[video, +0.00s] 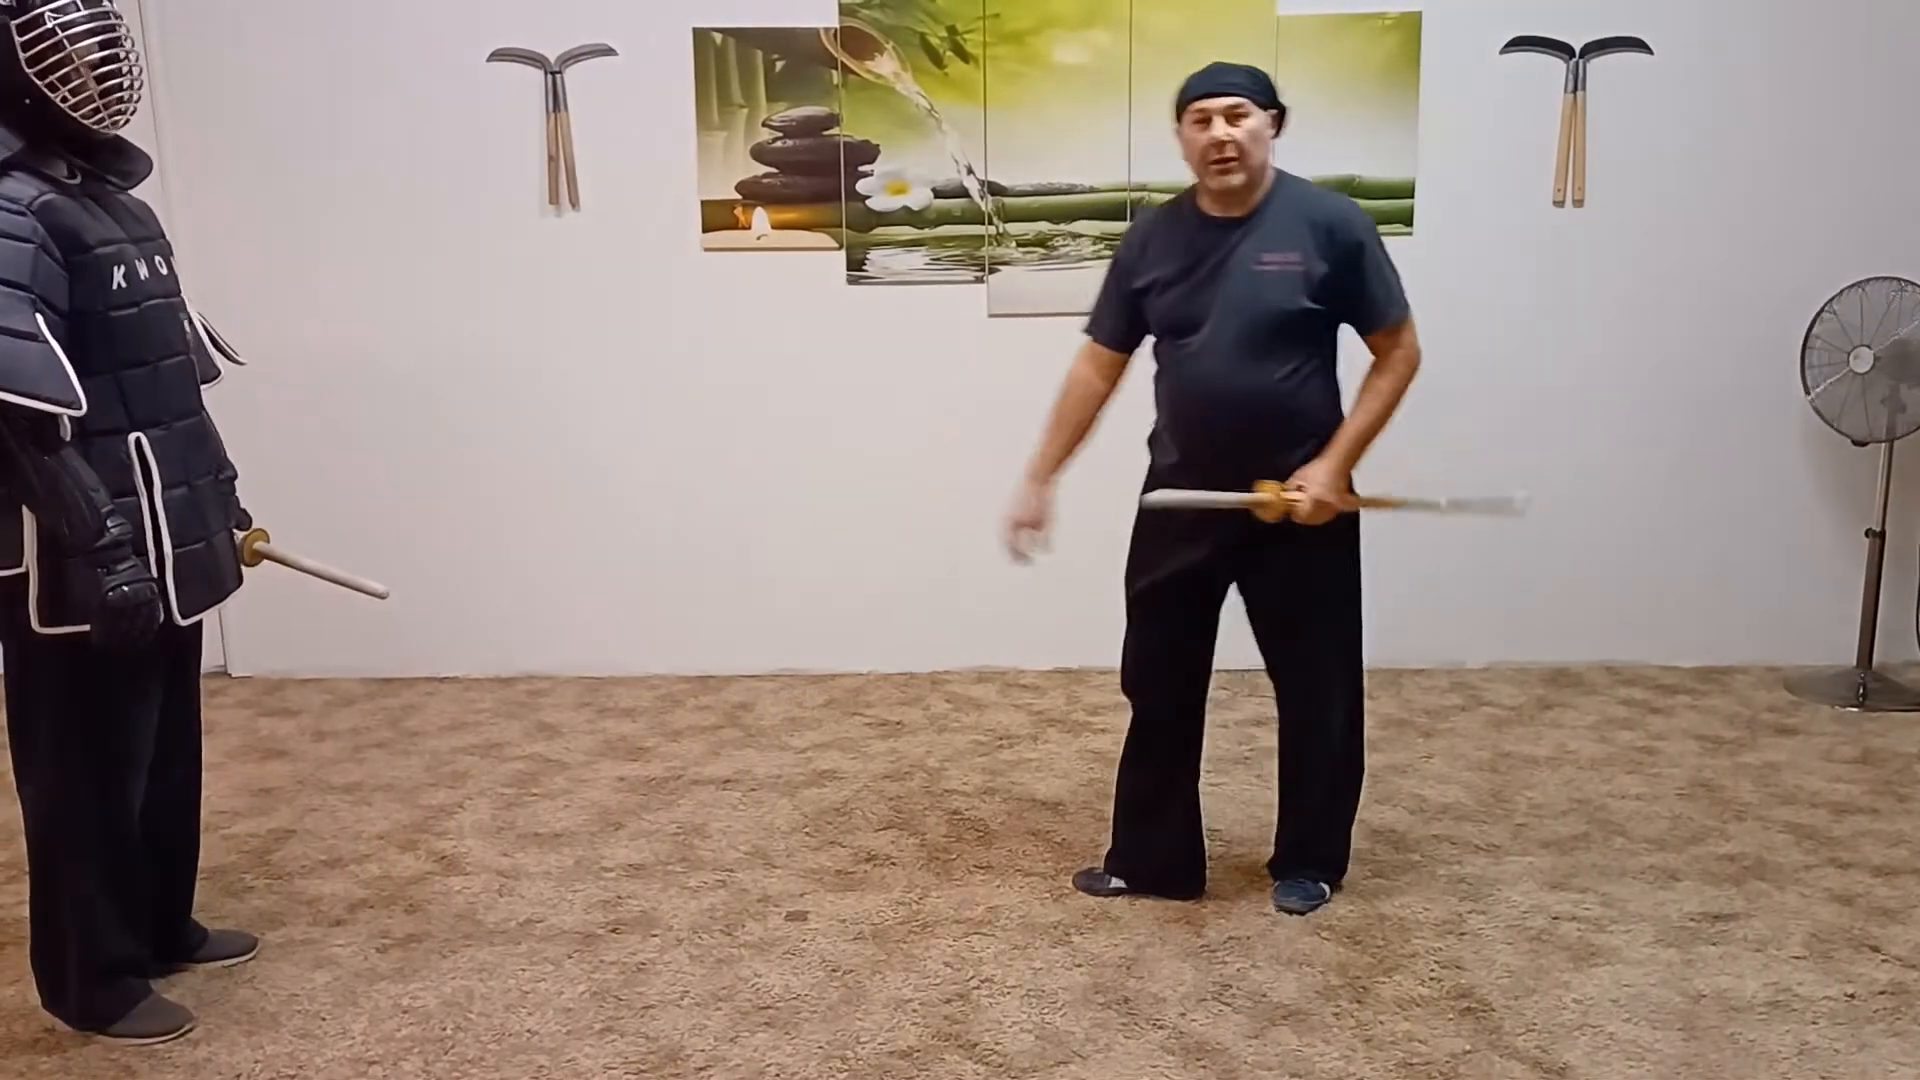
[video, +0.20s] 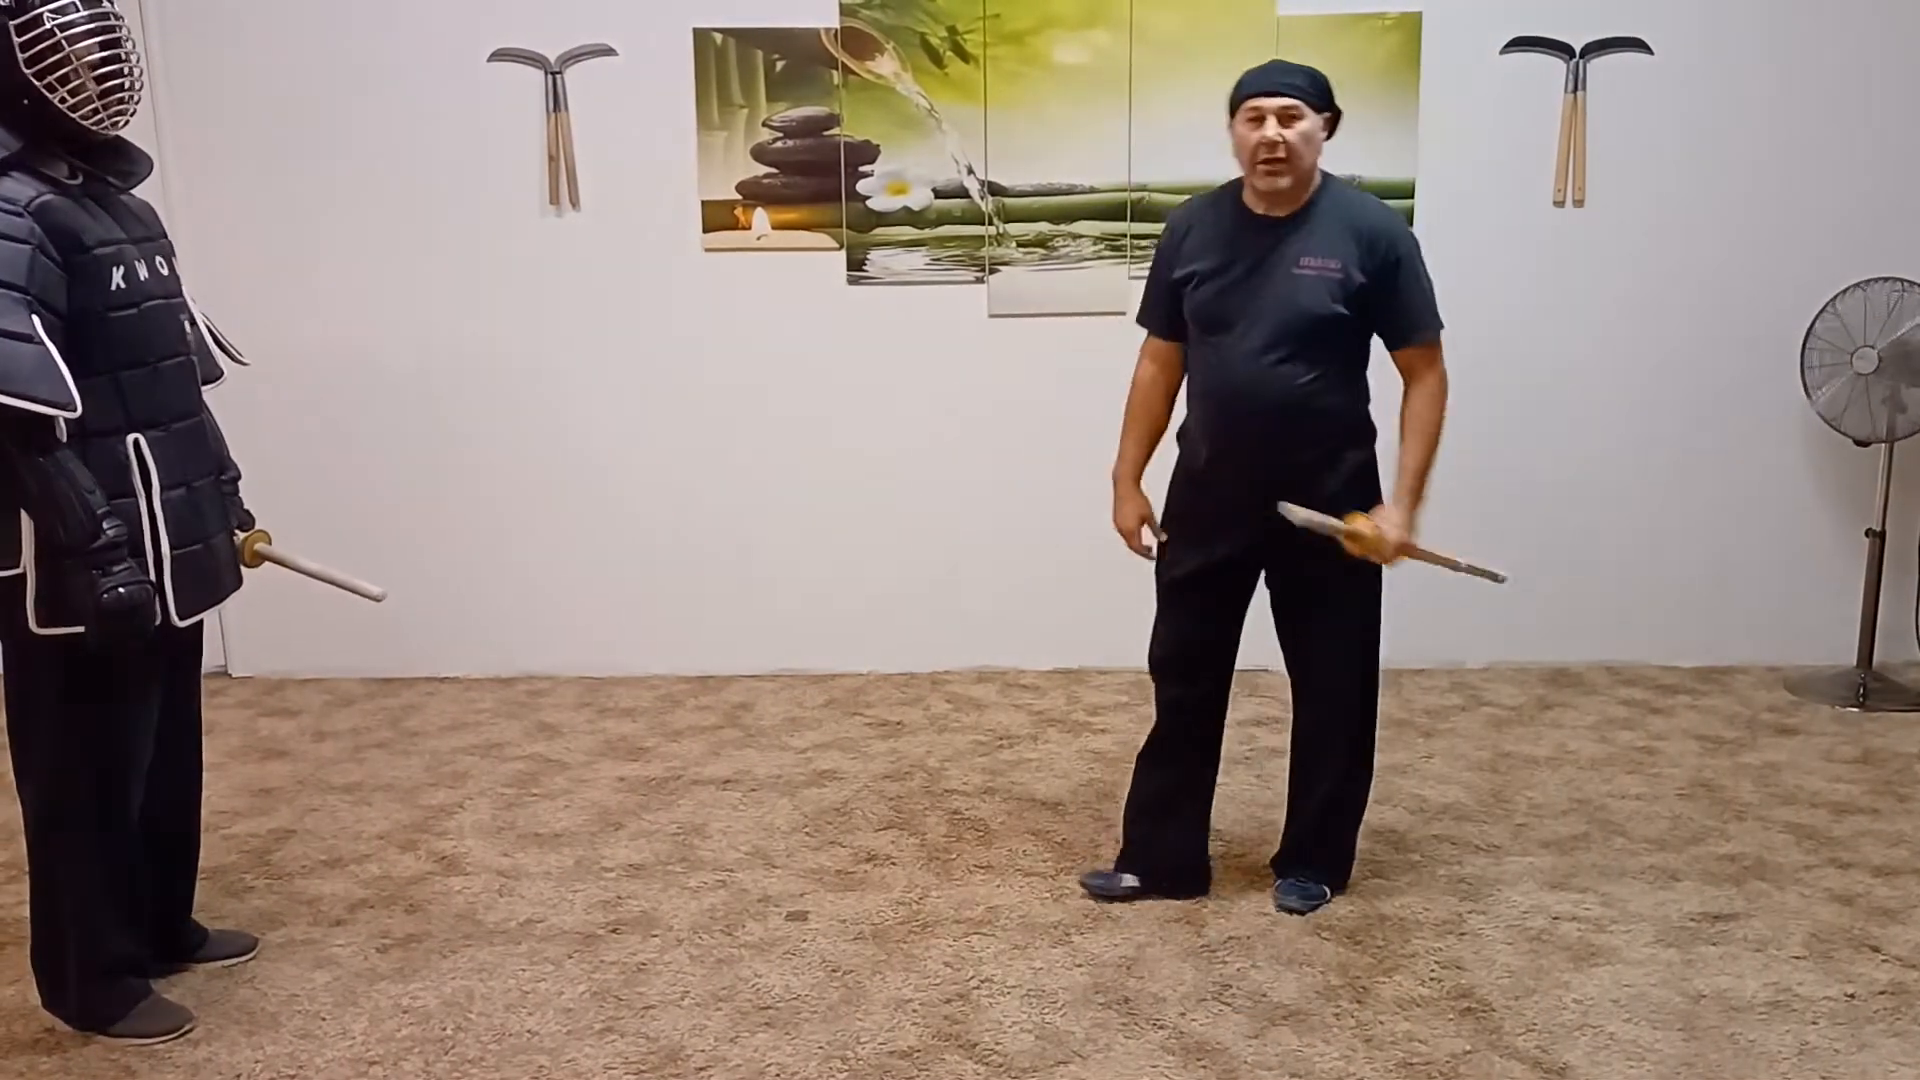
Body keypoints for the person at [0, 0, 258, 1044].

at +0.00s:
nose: (111, 65)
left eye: (110, 46)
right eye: (84, 47)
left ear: (108, 65)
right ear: (30, 68)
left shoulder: (121, 200)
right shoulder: (17, 208)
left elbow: (174, 378)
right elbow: (22, 401)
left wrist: (223, 503)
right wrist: (99, 536)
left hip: (161, 541)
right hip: (75, 553)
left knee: (161, 749)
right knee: (88, 769)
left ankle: (161, 931)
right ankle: (92, 982)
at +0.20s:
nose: (112, 66)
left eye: (112, 47)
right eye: (84, 50)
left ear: (111, 65)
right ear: (30, 71)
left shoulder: (123, 200)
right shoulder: (16, 209)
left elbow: (176, 375)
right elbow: (21, 396)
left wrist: (225, 500)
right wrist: (90, 538)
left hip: (162, 542)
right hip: (74, 556)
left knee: (161, 748)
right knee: (86, 768)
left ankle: (161, 932)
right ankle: (91, 983)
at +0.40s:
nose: (115, 72)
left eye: (115, 53)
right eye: (89, 55)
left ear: (112, 68)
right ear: (34, 72)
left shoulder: (124, 201)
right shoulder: (16, 212)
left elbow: (177, 379)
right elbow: (25, 411)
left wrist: (225, 504)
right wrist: (96, 548)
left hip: (163, 549)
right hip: (74, 562)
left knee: (161, 752)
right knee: (85, 772)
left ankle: (161, 931)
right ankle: (90, 984)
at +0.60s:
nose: (117, 69)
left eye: (116, 49)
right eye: (90, 51)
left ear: (113, 66)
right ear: (36, 70)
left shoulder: (123, 201)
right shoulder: (18, 209)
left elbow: (176, 378)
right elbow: (22, 401)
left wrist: (223, 502)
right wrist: (99, 541)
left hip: (161, 541)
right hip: (73, 554)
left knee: (160, 748)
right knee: (86, 768)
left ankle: (160, 930)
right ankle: (91, 983)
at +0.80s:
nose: (118, 70)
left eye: (116, 50)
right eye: (92, 53)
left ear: (108, 69)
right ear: (38, 71)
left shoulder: (120, 198)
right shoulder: (19, 208)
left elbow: (175, 381)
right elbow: (26, 401)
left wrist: (221, 506)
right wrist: (101, 541)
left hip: (161, 538)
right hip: (74, 552)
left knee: (161, 746)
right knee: (87, 766)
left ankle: (160, 931)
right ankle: (91, 983)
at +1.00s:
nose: (123, 67)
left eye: (119, 48)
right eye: (98, 49)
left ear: (100, 67)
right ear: (44, 67)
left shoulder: (119, 197)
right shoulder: (21, 206)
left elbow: (174, 380)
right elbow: (26, 400)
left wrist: (219, 509)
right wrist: (101, 538)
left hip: (159, 541)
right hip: (71, 553)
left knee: (161, 748)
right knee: (86, 768)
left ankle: (161, 931)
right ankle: (90, 981)